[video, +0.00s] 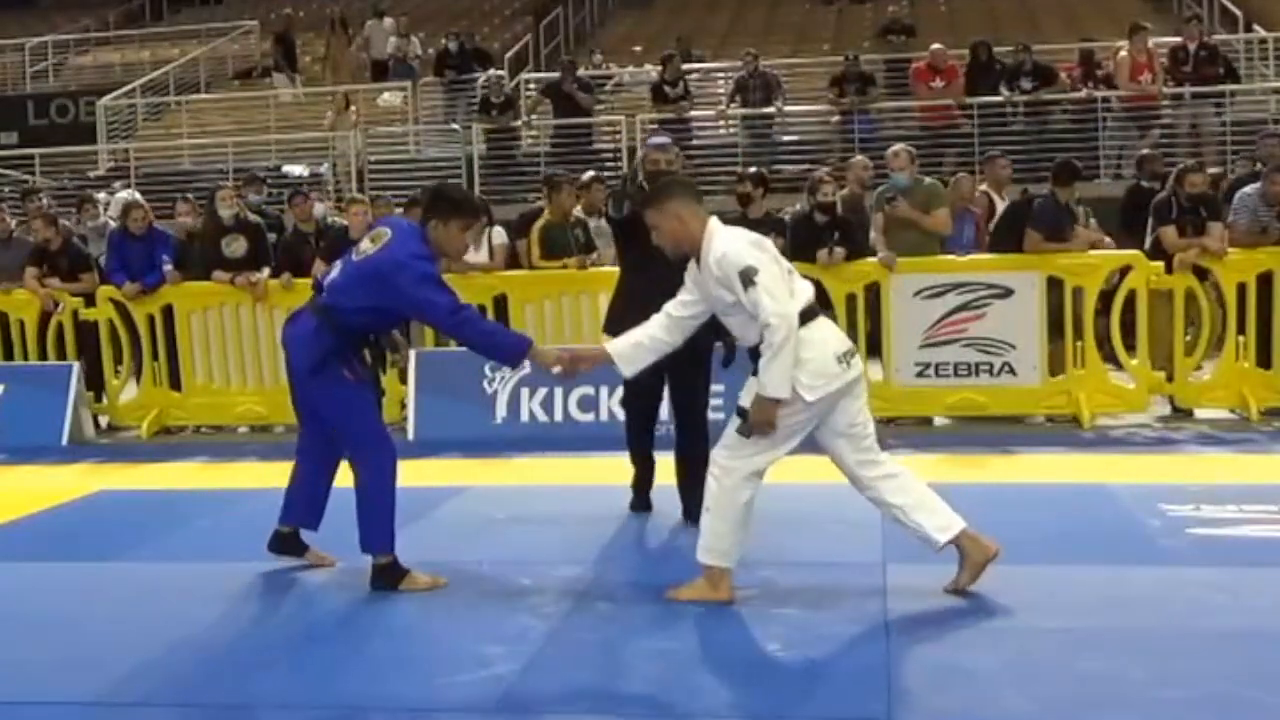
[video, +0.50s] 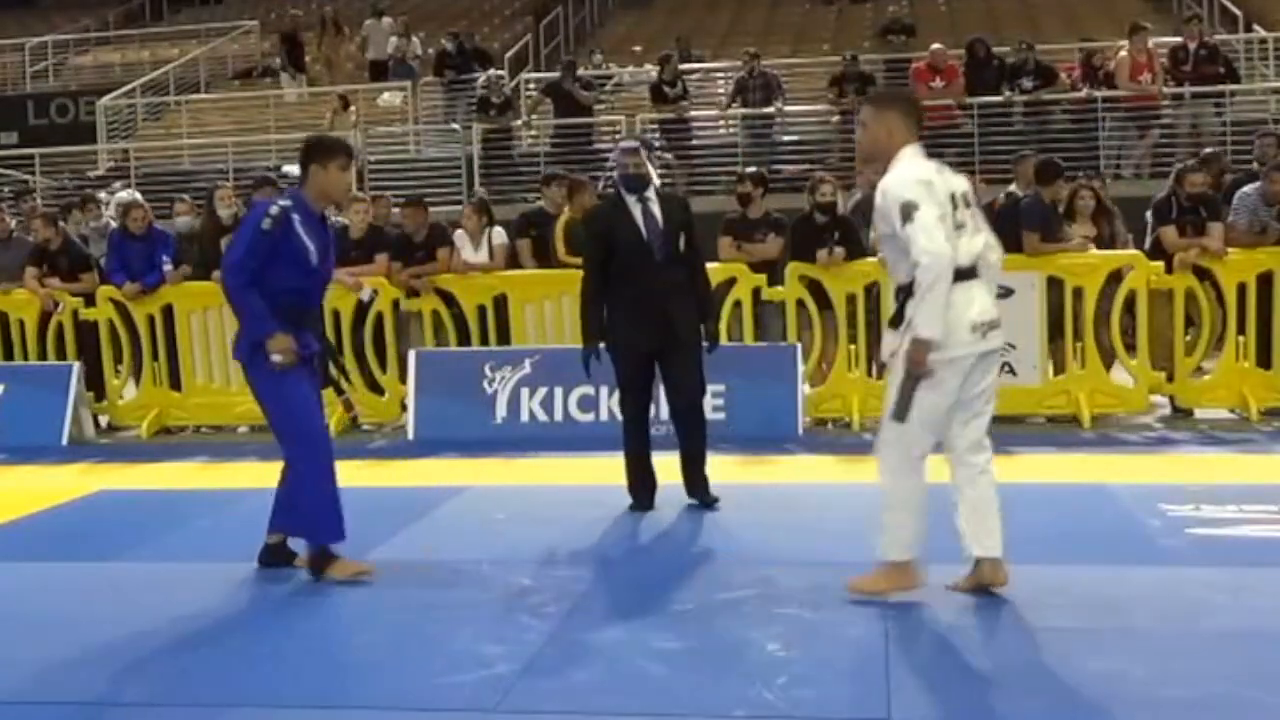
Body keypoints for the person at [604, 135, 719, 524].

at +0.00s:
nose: (659, 169)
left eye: (666, 162)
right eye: (651, 162)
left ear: (678, 165)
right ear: (640, 165)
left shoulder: (689, 203)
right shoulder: (627, 204)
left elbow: (714, 267)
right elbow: (618, 209)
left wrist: (726, 329)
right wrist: (640, 177)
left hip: (690, 316)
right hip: (637, 315)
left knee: (692, 417)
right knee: (640, 410)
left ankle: (694, 502)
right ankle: (641, 482)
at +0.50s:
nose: (634, 168)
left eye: (639, 162)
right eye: (626, 163)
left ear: (650, 165)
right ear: (615, 169)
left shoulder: (675, 205)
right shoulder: (601, 215)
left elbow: (696, 265)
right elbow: (593, 278)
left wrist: (708, 317)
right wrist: (591, 336)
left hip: (679, 325)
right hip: (629, 329)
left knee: (690, 408)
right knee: (635, 414)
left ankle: (698, 486)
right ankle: (641, 492)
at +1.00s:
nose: (646, 171)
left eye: (653, 165)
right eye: (642, 165)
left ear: (671, 168)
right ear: (636, 170)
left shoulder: (700, 212)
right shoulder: (625, 216)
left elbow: (717, 271)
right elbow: (616, 273)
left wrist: (720, 319)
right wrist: (600, 322)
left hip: (689, 328)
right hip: (641, 328)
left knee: (691, 411)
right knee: (643, 413)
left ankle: (692, 485)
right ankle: (641, 492)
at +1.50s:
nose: (654, 169)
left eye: (662, 163)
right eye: (651, 163)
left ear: (682, 169)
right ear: (647, 168)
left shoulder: (708, 214)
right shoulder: (635, 210)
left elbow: (718, 275)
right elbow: (621, 269)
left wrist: (721, 326)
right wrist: (609, 317)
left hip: (690, 325)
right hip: (642, 324)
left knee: (692, 406)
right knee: (632, 398)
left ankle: (692, 479)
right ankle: (634, 462)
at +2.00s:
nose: (633, 173)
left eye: (642, 167)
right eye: (630, 166)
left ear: (658, 172)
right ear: (624, 169)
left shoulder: (681, 214)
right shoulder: (606, 217)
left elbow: (694, 270)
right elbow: (597, 271)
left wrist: (695, 319)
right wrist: (595, 317)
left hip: (673, 323)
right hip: (626, 325)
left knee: (682, 405)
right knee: (635, 404)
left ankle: (690, 477)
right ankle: (638, 473)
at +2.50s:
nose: (658, 173)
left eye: (663, 167)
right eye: (651, 166)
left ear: (669, 172)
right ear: (634, 168)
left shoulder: (678, 207)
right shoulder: (608, 214)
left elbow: (698, 254)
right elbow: (596, 271)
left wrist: (673, 211)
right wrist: (596, 323)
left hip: (676, 316)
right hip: (630, 319)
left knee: (687, 398)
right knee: (637, 401)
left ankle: (698, 475)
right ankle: (639, 472)